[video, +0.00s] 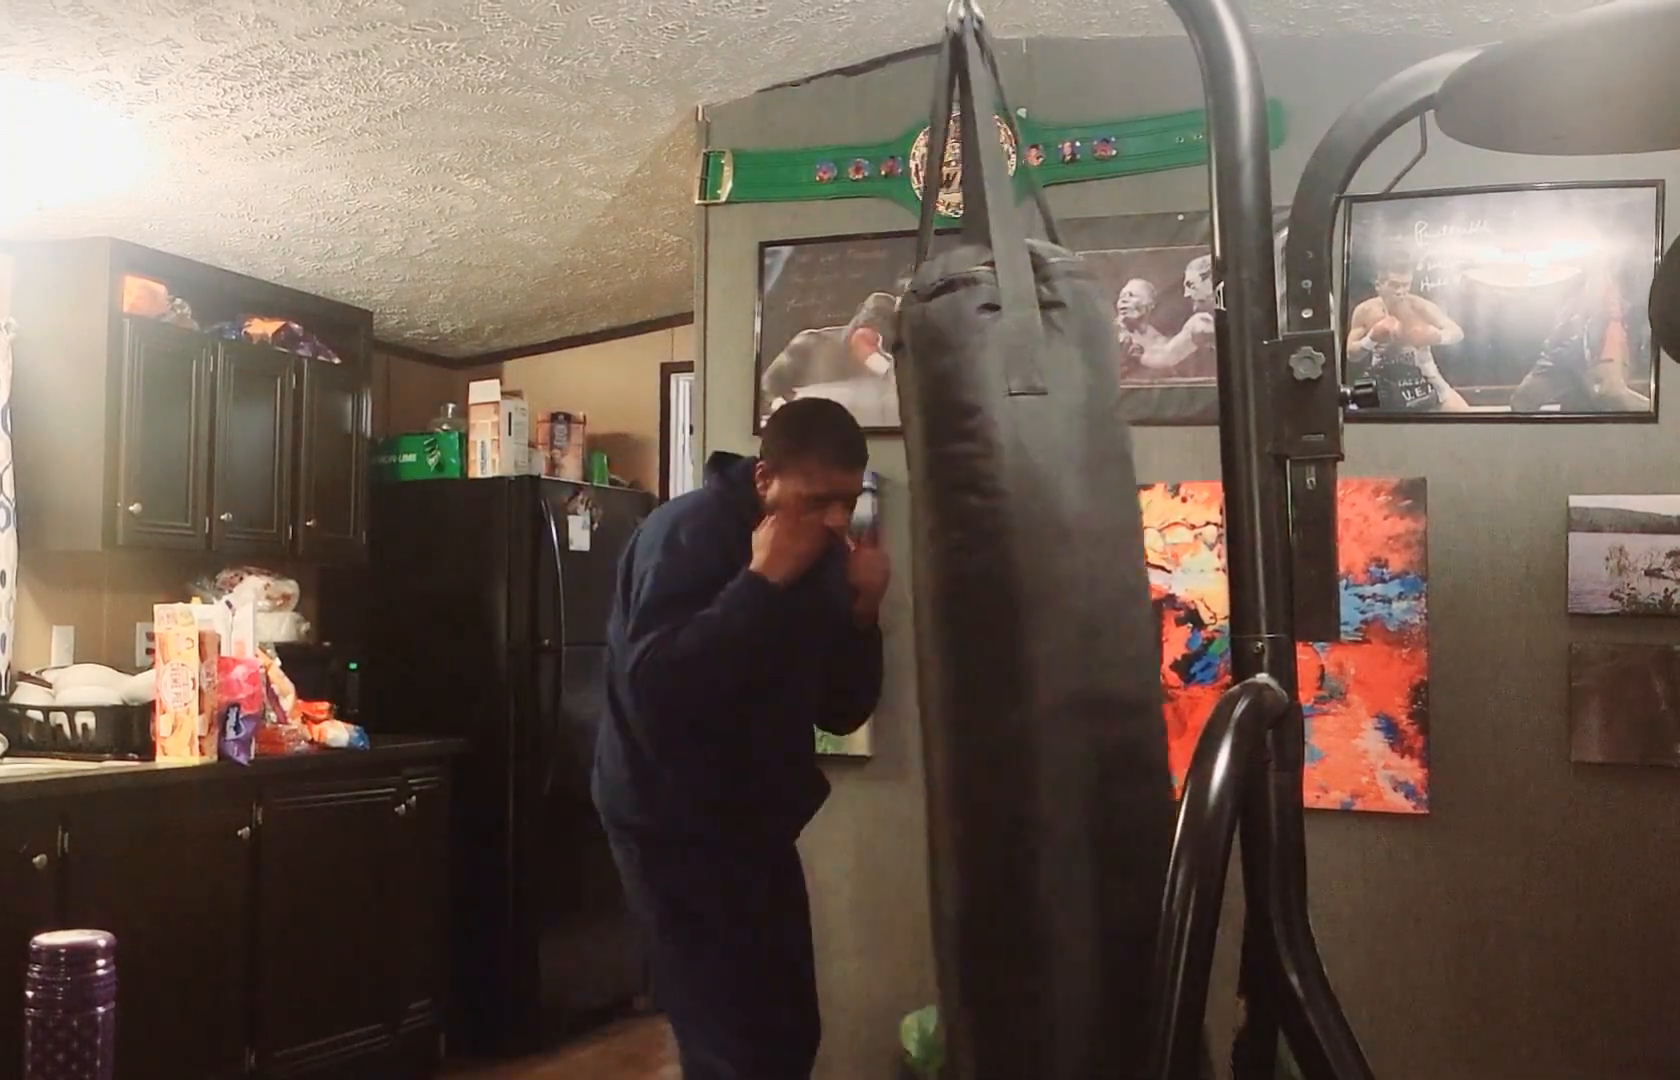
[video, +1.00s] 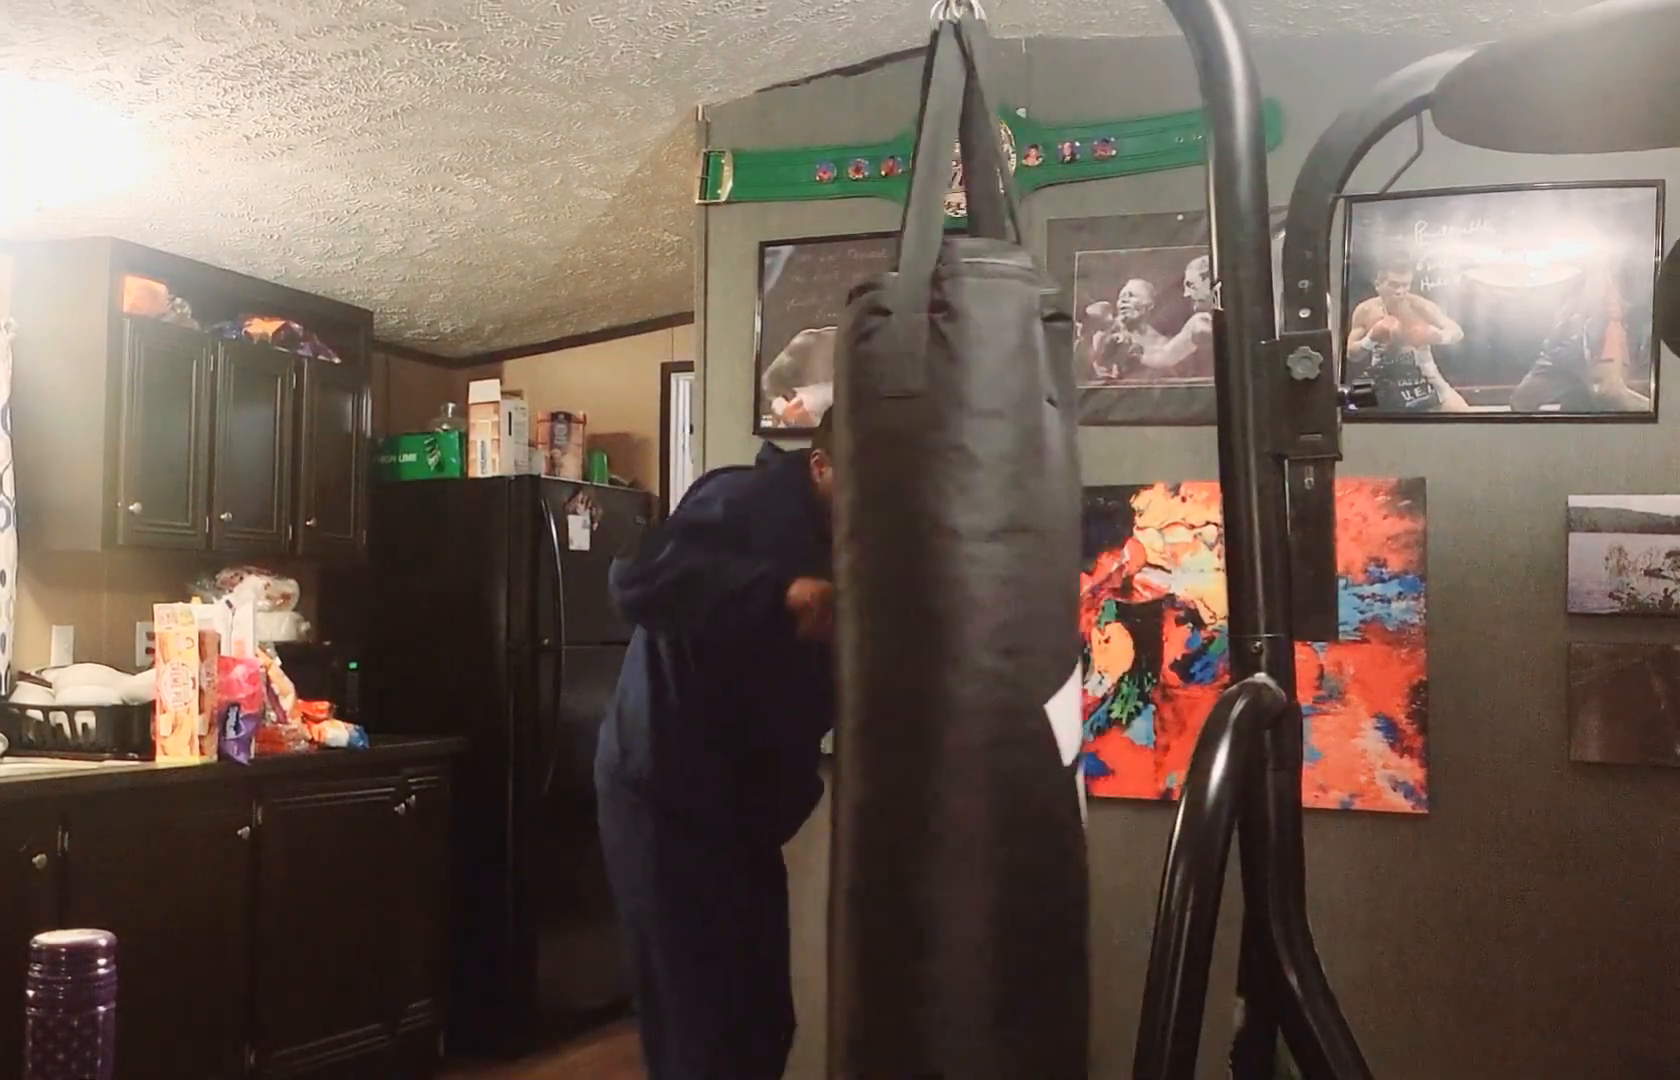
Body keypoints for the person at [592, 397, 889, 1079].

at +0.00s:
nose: (837, 521)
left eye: (848, 503)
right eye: (820, 502)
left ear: (858, 488)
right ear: (766, 480)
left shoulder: (820, 555)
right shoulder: (685, 532)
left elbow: (842, 711)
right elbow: (650, 684)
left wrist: (862, 609)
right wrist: (762, 577)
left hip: (754, 816)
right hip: (669, 819)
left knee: (790, 1035)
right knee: (730, 1045)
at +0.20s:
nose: (838, 499)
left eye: (850, 481)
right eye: (820, 482)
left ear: (862, 468)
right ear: (769, 461)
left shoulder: (842, 538)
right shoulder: (695, 513)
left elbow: (880, 685)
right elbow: (642, 657)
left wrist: (884, 576)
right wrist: (760, 559)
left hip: (772, 805)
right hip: (679, 802)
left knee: (780, 1030)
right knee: (719, 1036)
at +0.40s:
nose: (888, 487)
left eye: (900, 470)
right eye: (870, 468)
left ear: (912, 456)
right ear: (818, 444)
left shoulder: (857, 525)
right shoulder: (763, 482)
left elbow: (873, 675)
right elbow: (693, 539)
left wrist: (908, 586)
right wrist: (859, 553)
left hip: (748, 805)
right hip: (678, 799)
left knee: (754, 1034)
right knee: (704, 1033)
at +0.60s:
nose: (893, 498)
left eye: (904, 481)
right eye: (877, 479)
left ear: (918, 469)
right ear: (825, 450)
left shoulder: (844, 538)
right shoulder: (772, 486)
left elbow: (850, 690)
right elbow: (772, 576)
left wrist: (916, 586)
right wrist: (928, 549)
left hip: (734, 812)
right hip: (665, 806)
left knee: (737, 1037)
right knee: (684, 1038)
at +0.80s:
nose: (872, 513)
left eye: (881, 496)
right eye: (860, 493)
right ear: (814, 471)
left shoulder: (840, 549)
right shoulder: (747, 509)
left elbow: (865, 702)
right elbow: (665, 632)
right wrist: (814, 627)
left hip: (742, 809)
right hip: (663, 802)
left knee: (769, 1030)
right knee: (692, 1033)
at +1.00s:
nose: (873, 490)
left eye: (877, 475)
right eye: (864, 473)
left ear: (825, 467)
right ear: (823, 464)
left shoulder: (829, 533)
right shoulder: (746, 499)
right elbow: (641, 581)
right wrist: (782, 594)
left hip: (739, 798)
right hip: (667, 793)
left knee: (759, 1027)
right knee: (710, 1034)